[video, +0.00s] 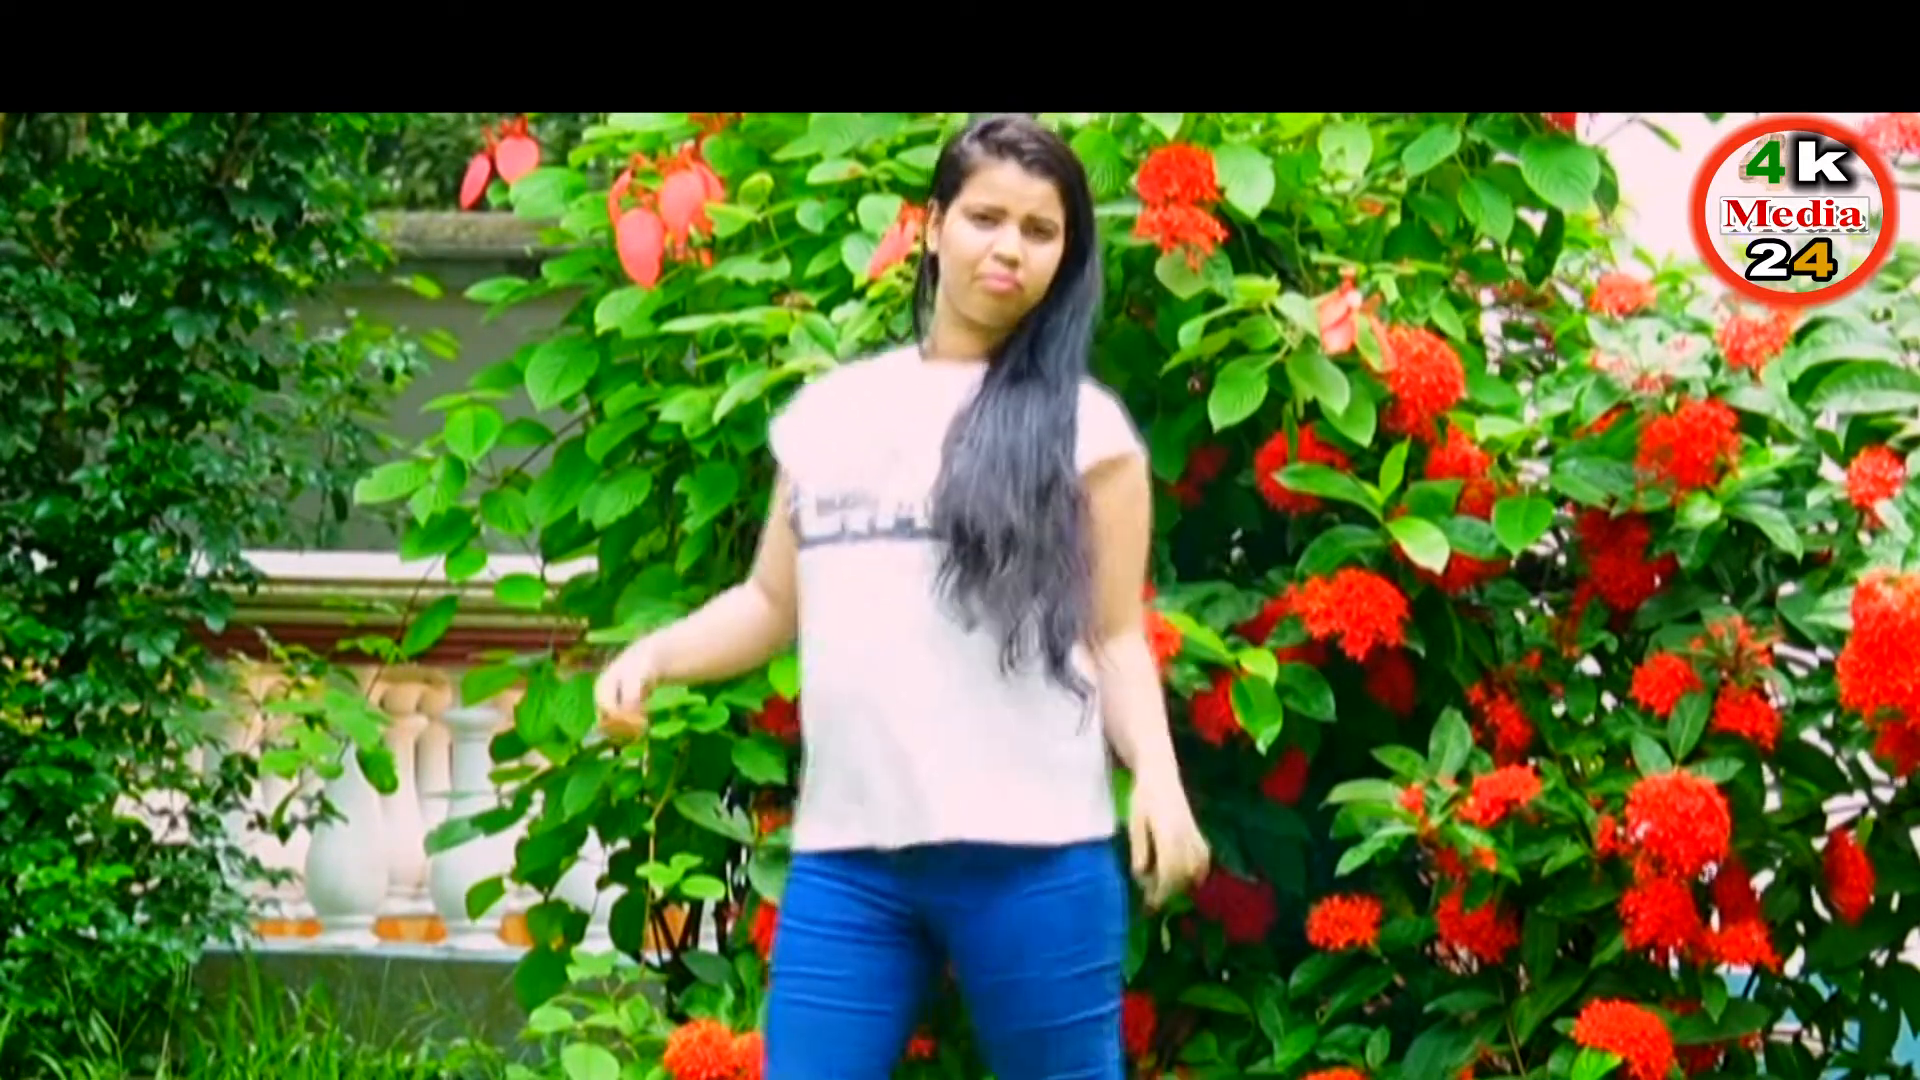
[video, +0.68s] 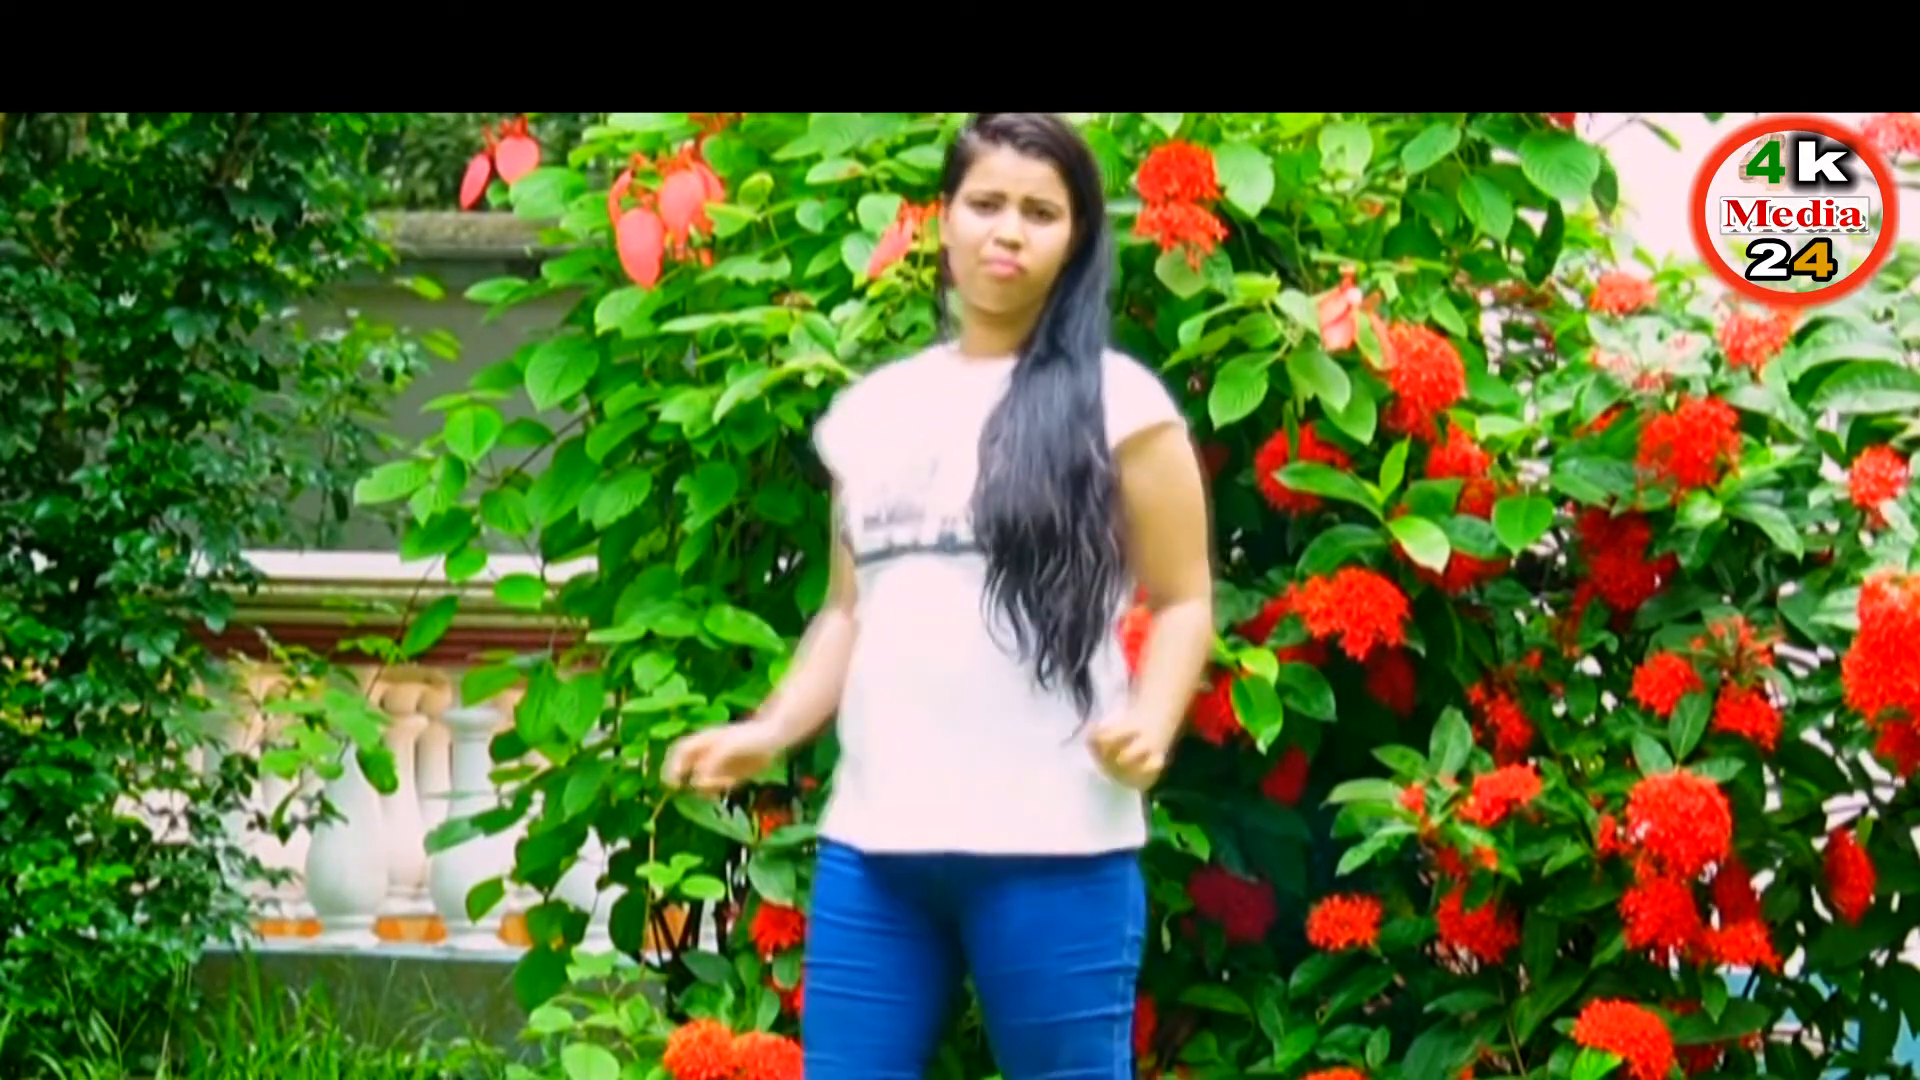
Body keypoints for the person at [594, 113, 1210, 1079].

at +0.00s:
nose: (1008, 250)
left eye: (1038, 232)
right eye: (986, 219)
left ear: (1068, 259)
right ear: (934, 227)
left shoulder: (1084, 423)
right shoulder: (826, 411)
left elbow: (1118, 633)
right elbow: (770, 601)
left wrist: (1158, 779)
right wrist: (657, 653)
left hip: (1036, 863)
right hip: (845, 862)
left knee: (1069, 1071)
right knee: (805, 1069)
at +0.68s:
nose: (1007, 232)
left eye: (1039, 212)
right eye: (986, 204)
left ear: (1076, 241)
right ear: (943, 223)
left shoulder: (1116, 400)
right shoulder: (871, 409)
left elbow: (1182, 597)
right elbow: (848, 610)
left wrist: (1152, 718)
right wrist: (769, 732)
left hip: (1054, 855)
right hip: (872, 854)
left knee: (1073, 1071)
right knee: (843, 1070)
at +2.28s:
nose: (1036, 251)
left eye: (1062, 234)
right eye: (1014, 219)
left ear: (1080, 258)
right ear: (949, 221)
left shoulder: (1118, 401)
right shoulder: (846, 406)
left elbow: (1203, 587)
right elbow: (713, 558)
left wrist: (1270, 502)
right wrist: (575, 456)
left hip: (1040, 843)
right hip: (847, 831)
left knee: (1053, 1072)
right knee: (823, 1074)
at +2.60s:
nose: (1069, 281)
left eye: (1100, 261)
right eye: (1047, 250)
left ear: (1128, 284)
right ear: (994, 259)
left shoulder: (1152, 426)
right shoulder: (928, 443)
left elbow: (1246, 604)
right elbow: (798, 580)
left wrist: (1305, 535)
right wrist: (620, 539)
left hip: (1082, 859)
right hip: (921, 851)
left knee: (1050, 1072)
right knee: (829, 1071)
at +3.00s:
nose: (1081, 264)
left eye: (1111, 243)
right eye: (1059, 232)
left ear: (1139, 267)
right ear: (1008, 238)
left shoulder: (1141, 391)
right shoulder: (983, 409)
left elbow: (1259, 473)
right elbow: (900, 503)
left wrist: (1283, 281)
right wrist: (821, 339)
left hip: (1106, 847)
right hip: (968, 851)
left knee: (1082, 1072)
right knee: (893, 1070)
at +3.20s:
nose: (1068, 277)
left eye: (1099, 256)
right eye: (1046, 245)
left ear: (1128, 281)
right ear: (996, 253)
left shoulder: (1133, 391)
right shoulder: (967, 424)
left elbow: (1221, 459)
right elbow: (868, 483)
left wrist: (1237, 275)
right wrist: (766, 325)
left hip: (1071, 864)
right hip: (918, 854)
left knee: (1045, 1066)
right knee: (839, 1067)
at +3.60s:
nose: (1048, 274)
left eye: (1078, 259)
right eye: (1027, 242)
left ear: (1105, 287)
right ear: (976, 247)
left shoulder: (1112, 394)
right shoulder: (898, 411)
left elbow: (1177, 409)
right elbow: (738, 428)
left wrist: (1183, 237)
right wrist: (624, 282)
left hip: (1041, 862)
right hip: (861, 850)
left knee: (1040, 1067)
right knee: (812, 1069)